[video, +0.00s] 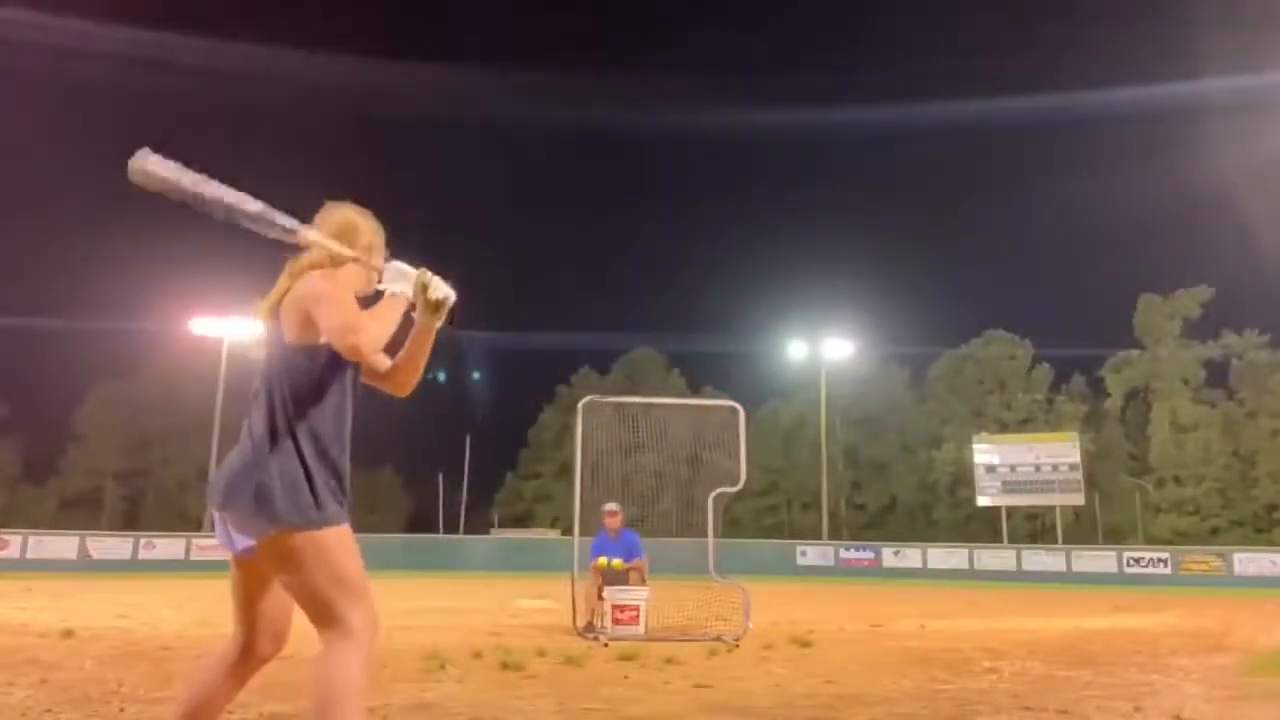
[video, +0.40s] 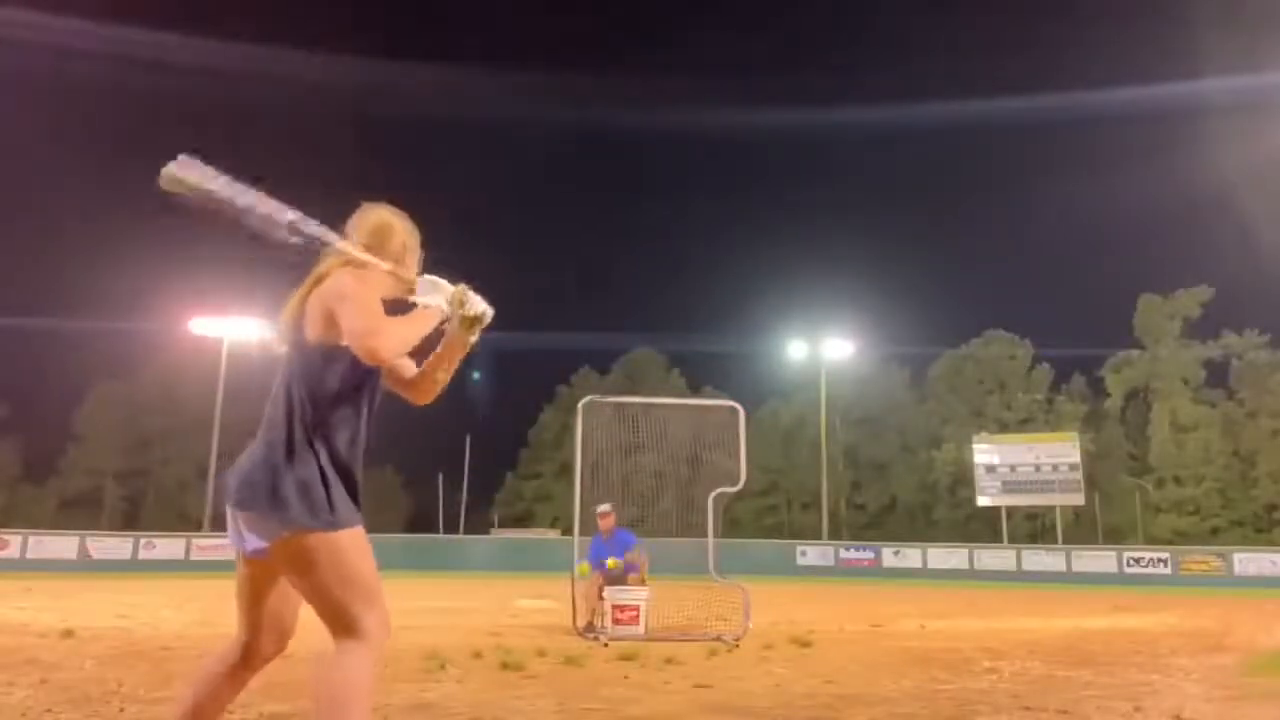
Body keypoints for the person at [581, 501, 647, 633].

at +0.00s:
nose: (612, 520)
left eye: (615, 515)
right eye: (608, 516)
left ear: (621, 517)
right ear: (604, 519)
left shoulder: (631, 537)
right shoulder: (599, 539)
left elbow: (640, 560)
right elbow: (593, 562)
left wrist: (625, 566)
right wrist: (600, 564)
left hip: (625, 572)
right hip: (606, 572)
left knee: (635, 573)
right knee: (593, 580)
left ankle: (635, 618)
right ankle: (590, 620)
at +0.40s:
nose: (604, 521)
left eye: (607, 517)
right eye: (601, 518)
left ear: (614, 517)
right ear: (597, 520)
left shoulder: (626, 537)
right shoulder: (596, 540)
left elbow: (636, 560)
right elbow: (593, 562)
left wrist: (621, 564)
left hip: (625, 573)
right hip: (606, 574)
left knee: (635, 577)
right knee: (593, 580)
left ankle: (635, 621)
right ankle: (590, 621)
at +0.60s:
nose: (597, 524)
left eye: (600, 519)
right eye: (594, 521)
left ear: (607, 519)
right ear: (591, 523)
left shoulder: (620, 535)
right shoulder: (594, 545)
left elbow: (639, 552)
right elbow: (592, 568)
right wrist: (598, 578)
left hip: (622, 573)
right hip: (603, 575)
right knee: (590, 586)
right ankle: (589, 622)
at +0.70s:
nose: (594, 525)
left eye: (597, 520)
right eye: (591, 522)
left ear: (604, 520)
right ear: (589, 524)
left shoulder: (616, 535)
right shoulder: (593, 546)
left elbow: (637, 544)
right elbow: (592, 567)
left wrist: (640, 552)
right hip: (604, 575)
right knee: (590, 586)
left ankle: (589, 622)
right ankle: (589, 622)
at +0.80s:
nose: (594, 525)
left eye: (596, 520)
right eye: (591, 522)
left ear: (604, 520)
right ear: (588, 524)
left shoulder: (619, 535)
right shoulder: (591, 547)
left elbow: (645, 547)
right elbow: (592, 570)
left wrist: (661, 565)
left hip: (626, 575)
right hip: (605, 577)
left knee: (632, 577)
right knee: (592, 580)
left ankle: (629, 621)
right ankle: (590, 622)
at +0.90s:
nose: (596, 525)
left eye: (599, 520)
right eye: (593, 521)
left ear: (606, 519)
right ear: (590, 524)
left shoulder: (619, 534)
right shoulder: (592, 545)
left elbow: (645, 546)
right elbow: (585, 569)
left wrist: (654, 562)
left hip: (626, 574)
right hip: (605, 576)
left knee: (633, 578)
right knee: (591, 579)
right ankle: (590, 622)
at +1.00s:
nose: (596, 525)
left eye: (598, 520)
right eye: (592, 522)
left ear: (606, 519)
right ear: (590, 524)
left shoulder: (620, 534)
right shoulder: (594, 544)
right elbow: (593, 568)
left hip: (625, 574)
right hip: (606, 575)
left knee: (631, 577)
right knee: (591, 581)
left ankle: (628, 621)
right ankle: (590, 622)